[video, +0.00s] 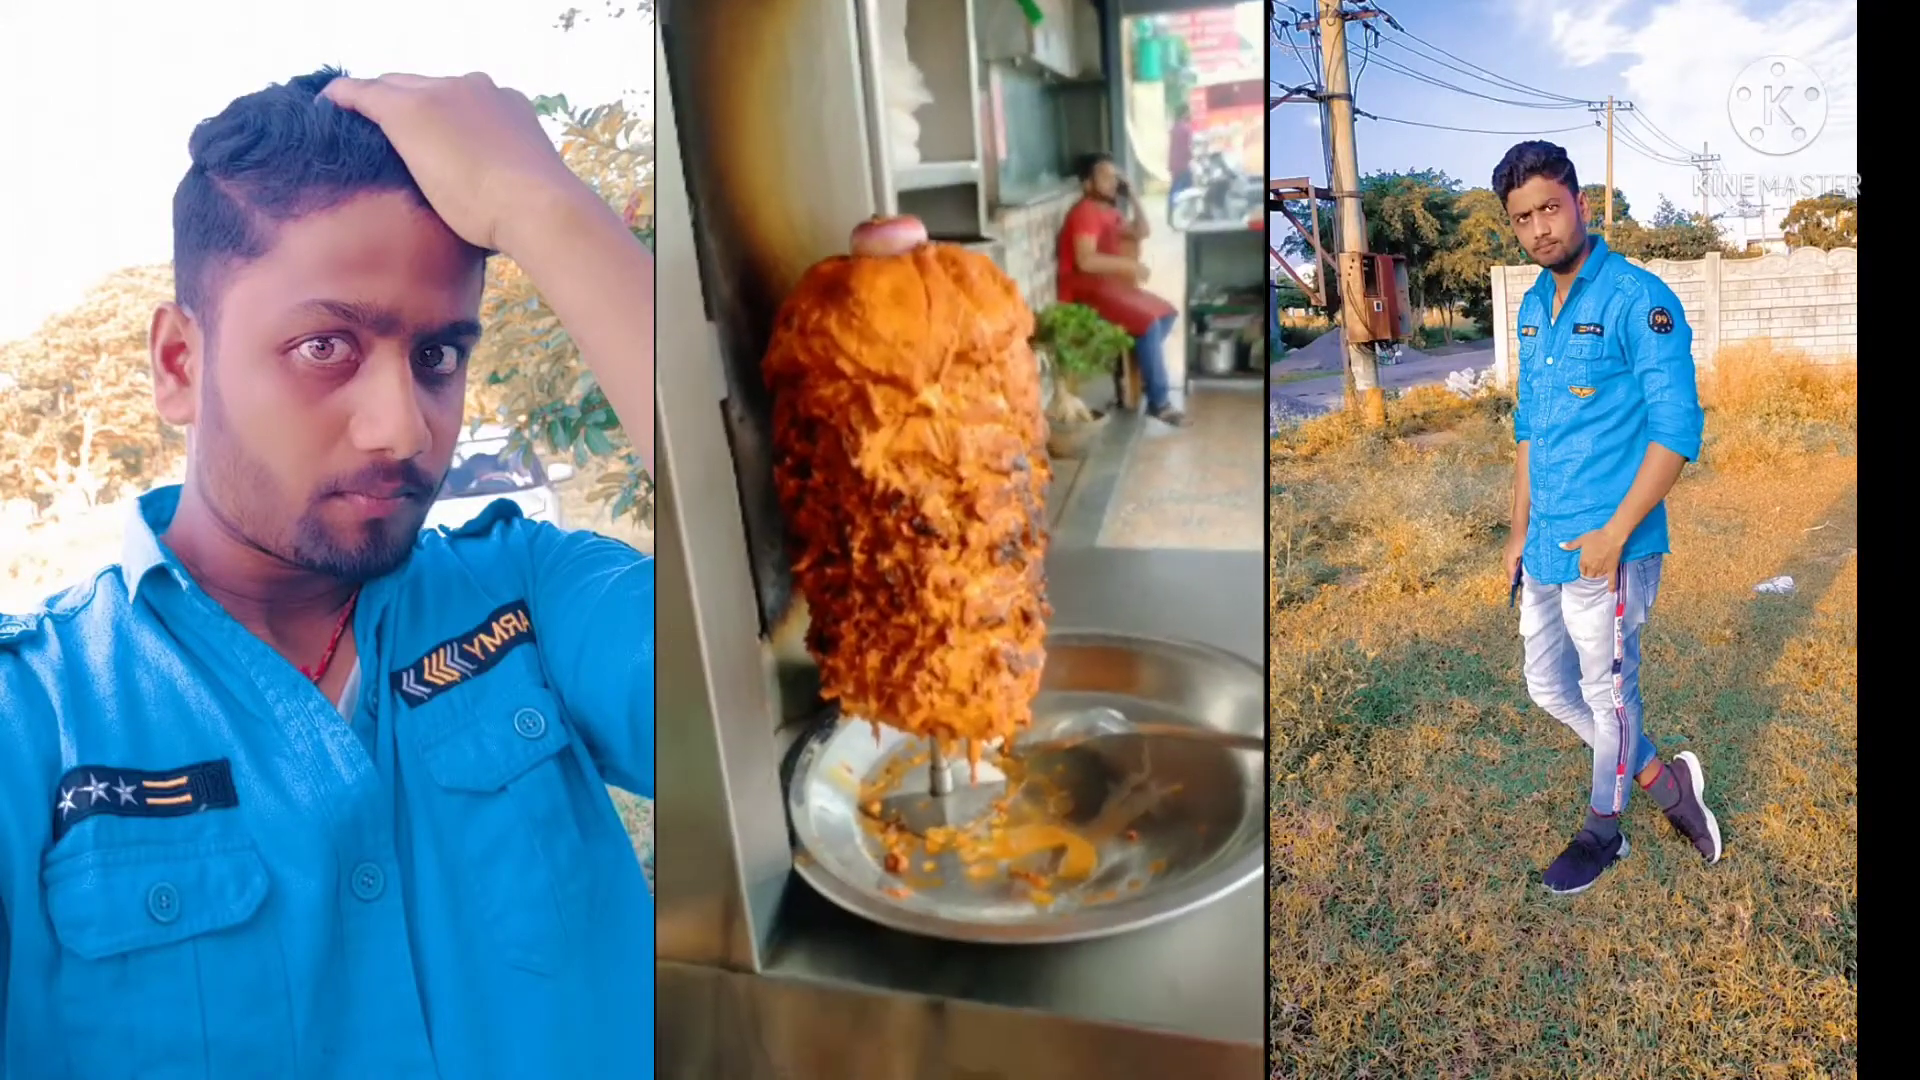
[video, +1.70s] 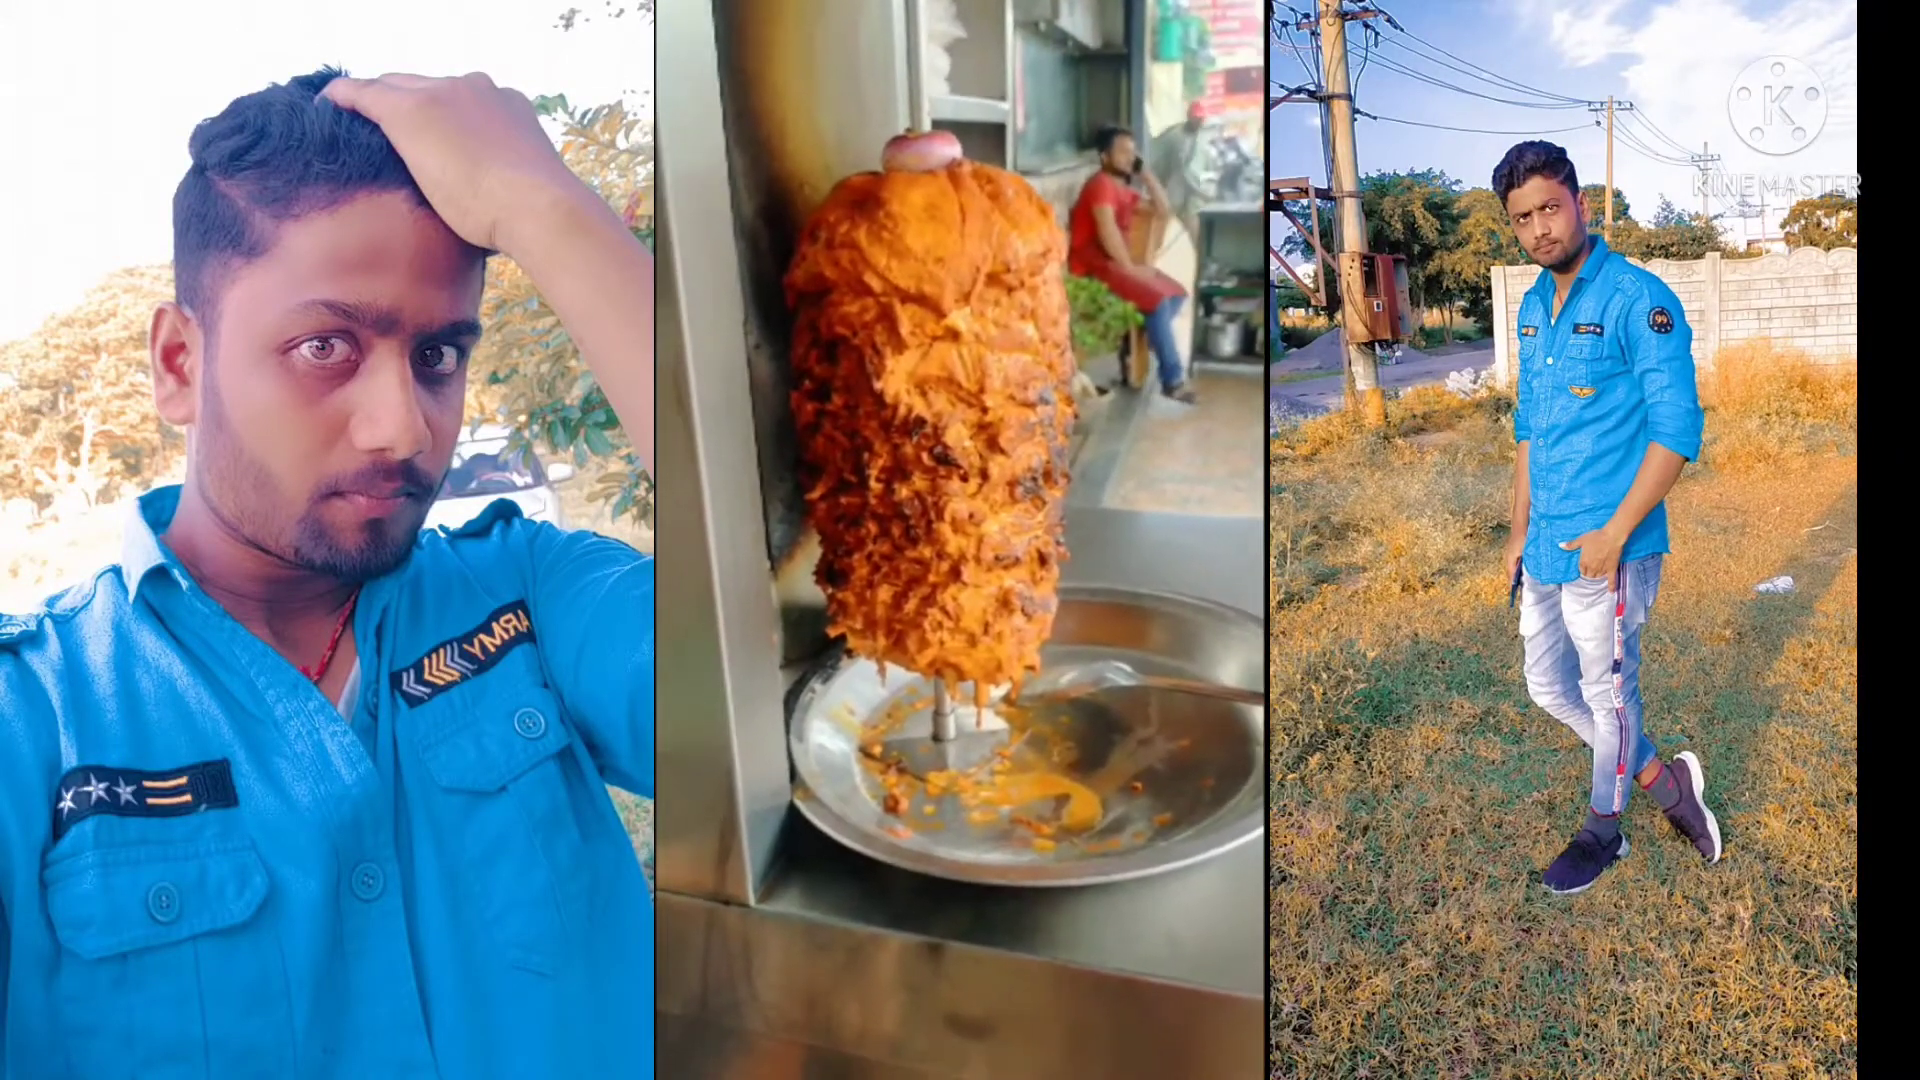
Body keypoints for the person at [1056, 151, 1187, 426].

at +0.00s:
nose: (1113, 183)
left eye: (1114, 177)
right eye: (1106, 177)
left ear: (1115, 182)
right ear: (1088, 182)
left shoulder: (1110, 213)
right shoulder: (1085, 212)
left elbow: (1140, 232)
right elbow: (1085, 260)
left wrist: (1132, 198)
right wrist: (1131, 266)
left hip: (1112, 284)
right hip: (1087, 289)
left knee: (1167, 314)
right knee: (1146, 322)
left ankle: (1127, 368)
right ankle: (1159, 403)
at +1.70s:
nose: (1131, 158)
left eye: (1133, 152)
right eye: (1124, 152)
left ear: (1134, 156)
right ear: (1105, 156)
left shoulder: (1124, 188)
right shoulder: (1100, 185)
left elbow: (1161, 210)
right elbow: (1106, 232)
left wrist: (1146, 176)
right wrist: (1128, 266)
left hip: (1117, 260)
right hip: (1093, 264)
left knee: (1176, 295)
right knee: (1156, 301)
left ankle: (1133, 344)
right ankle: (1173, 380)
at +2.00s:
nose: (1150, 129)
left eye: (1153, 122)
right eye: (1143, 122)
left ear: (1155, 127)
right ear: (1125, 127)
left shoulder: (1144, 160)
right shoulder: (1121, 156)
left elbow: (1183, 183)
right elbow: (1126, 207)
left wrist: (1167, 146)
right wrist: (1152, 242)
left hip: (1133, 234)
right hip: (1113, 237)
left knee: (1197, 268)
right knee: (1180, 272)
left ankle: (1154, 326)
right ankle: (1163, 350)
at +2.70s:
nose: (1178, 122)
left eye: (1181, 116)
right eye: (1171, 116)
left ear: (1183, 121)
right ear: (1153, 120)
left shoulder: (1172, 154)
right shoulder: (1148, 149)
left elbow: (1209, 178)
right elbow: (1150, 200)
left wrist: (1195, 141)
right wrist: (1175, 237)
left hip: (1163, 228)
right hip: (1139, 230)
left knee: (1220, 262)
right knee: (1198, 269)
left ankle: (1181, 322)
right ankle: (1148, 328)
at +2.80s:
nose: (1185, 84)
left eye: (1188, 79)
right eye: (1178, 78)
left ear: (1190, 83)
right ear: (1160, 82)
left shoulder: (1179, 117)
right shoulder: (1154, 112)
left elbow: (1215, 143)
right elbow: (1155, 162)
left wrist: (1202, 105)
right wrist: (1178, 202)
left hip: (1171, 193)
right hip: (1146, 194)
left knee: (1225, 229)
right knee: (1202, 236)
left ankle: (1183, 288)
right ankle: (1150, 295)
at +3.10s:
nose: (1185, 121)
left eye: (1188, 115)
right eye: (1178, 115)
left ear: (1190, 119)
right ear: (1160, 117)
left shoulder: (1176, 152)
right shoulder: (1154, 147)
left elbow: (1213, 177)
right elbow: (1153, 197)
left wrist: (1203, 141)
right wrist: (1176, 236)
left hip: (1160, 228)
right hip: (1136, 229)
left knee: (1220, 264)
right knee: (1197, 269)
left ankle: (1170, 323)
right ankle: (1145, 328)